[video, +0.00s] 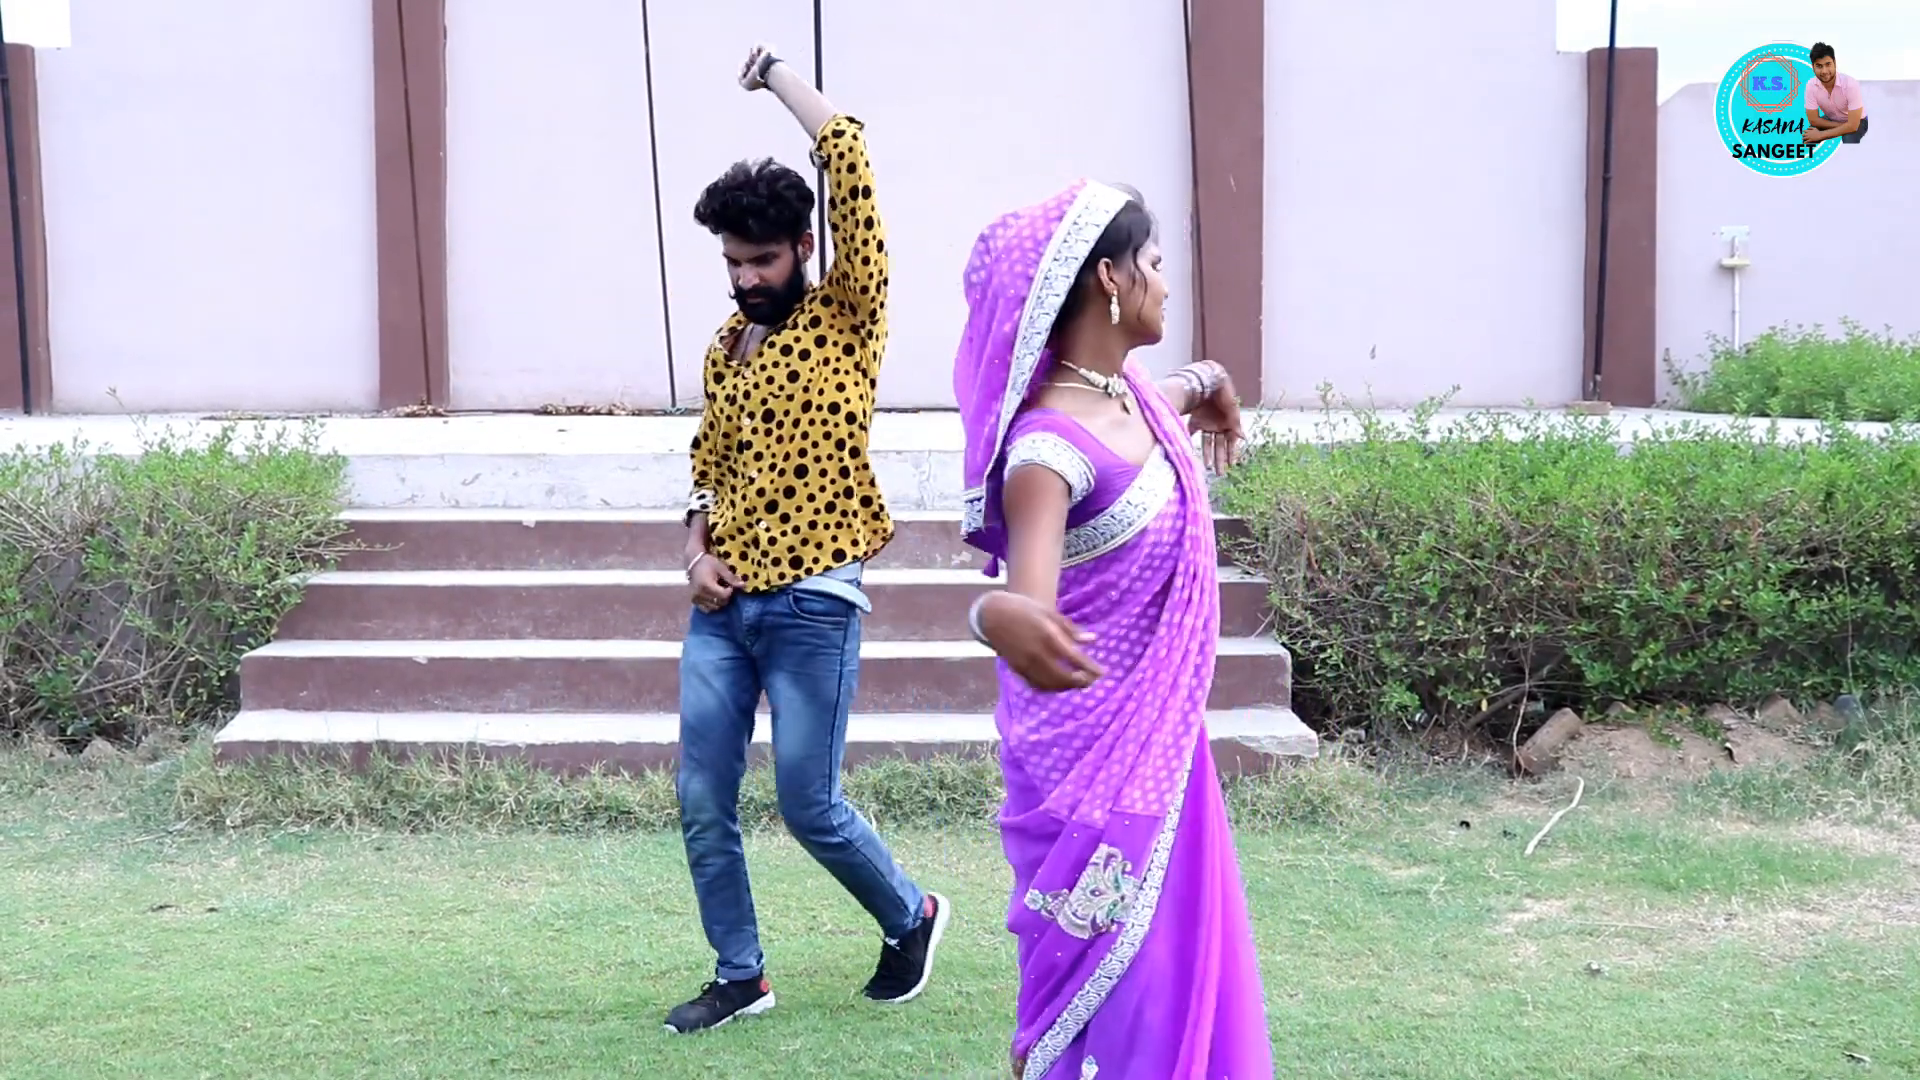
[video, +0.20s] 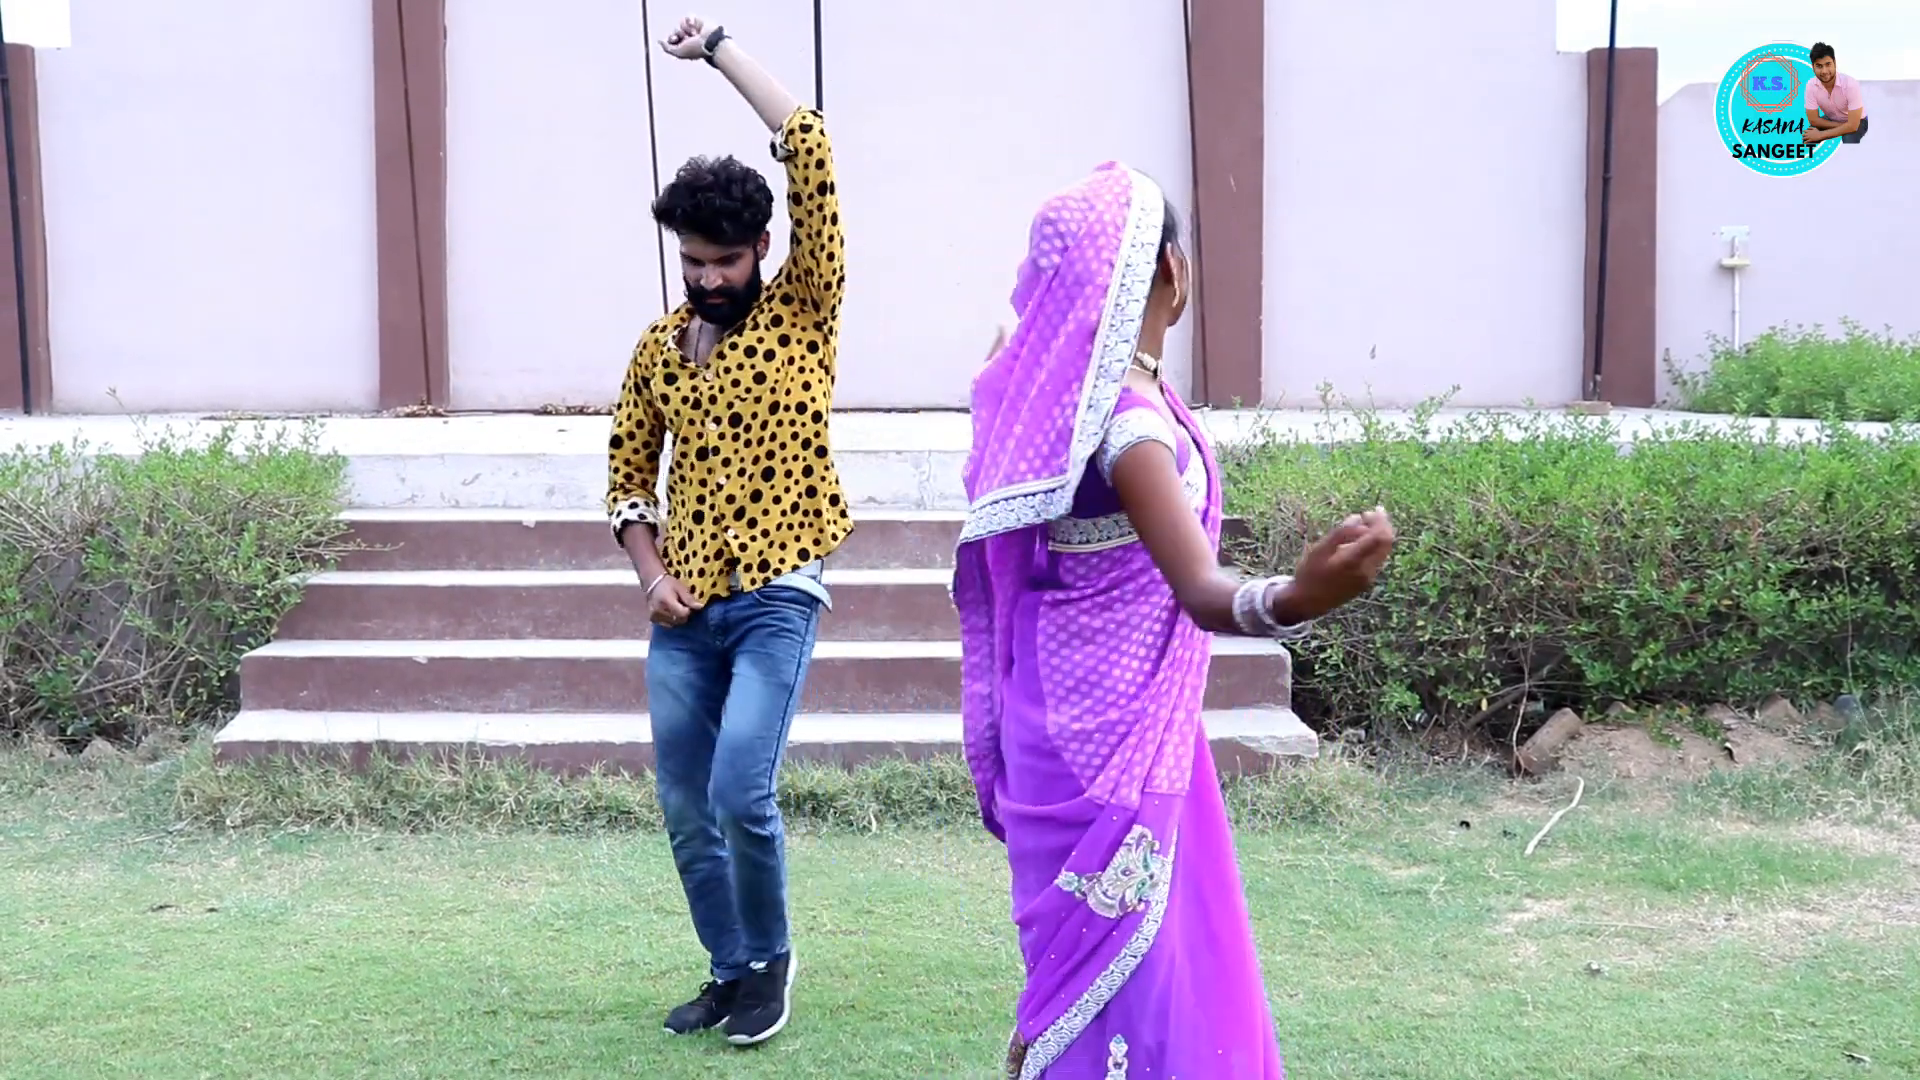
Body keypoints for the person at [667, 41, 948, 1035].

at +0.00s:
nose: (747, 276)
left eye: (762, 260)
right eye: (734, 262)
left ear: (803, 245)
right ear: (723, 254)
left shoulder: (847, 316)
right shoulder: (728, 344)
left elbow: (851, 169)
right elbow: (711, 462)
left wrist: (781, 78)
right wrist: (699, 545)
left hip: (814, 603)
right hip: (723, 605)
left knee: (809, 806)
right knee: (703, 802)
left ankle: (912, 919)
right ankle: (739, 977)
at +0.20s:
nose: (702, 278)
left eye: (719, 262)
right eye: (689, 260)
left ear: (761, 246)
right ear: (675, 247)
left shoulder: (803, 311)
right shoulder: (662, 344)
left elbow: (807, 148)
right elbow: (627, 474)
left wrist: (717, 50)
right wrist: (652, 573)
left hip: (779, 595)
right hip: (686, 604)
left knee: (740, 789)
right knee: (686, 805)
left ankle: (766, 964)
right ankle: (730, 972)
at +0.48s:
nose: (669, 288)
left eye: (686, 269)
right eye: (652, 270)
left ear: (718, 254)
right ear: (627, 257)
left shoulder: (759, 322)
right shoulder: (600, 365)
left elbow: (762, 144)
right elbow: (574, 515)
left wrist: (665, 36)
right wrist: (630, 615)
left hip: (746, 624)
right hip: (644, 633)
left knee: (697, 829)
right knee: (629, 838)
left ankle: (661, 1036)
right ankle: (708, 940)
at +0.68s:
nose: (641, 299)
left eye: (658, 278)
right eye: (622, 281)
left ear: (692, 268)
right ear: (596, 275)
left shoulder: (738, 343)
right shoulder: (577, 380)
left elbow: (739, 161)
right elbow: (554, 520)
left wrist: (638, 38)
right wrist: (588, 623)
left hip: (725, 662)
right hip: (619, 666)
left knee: (692, 881)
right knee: (600, 861)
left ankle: (661, 1036)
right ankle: (604, 1003)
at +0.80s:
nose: (618, 271)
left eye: (635, 249)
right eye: (598, 255)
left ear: (673, 240)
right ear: (575, 253)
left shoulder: (720, 315)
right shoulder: (568, 361)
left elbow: (702, 128)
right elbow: (549, 492)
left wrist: (621, 5)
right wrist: (552, 569)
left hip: (721, 648)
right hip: (610, 648)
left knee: (691, 876)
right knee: (594, 856)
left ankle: (653, 1032)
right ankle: (586, 1064)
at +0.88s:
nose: (601, 263)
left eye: (619, 241)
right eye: (582, 247)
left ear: (662, 233)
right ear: (560, 249)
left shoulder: (703, 308)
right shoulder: (560, 360)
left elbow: (680, 136)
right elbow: (543, 482)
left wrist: (612, 3)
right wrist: (521, 526)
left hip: (720, 647)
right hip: (606, 649)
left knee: (698, 890)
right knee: (595, 875)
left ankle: (657, 1022)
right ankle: (589, 1074)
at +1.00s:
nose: (599, 289)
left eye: (615, 267)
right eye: (575, 273)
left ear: (646, 268)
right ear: (549, 280)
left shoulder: (687, 358)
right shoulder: (551, 393)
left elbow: (653, 237)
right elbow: (509, 515)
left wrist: (599, 109)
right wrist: (442, 499)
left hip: (716, 682)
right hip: (599, 682)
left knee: (721, 932)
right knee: (585, 902)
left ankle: (684, 1018)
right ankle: (599, 1074)